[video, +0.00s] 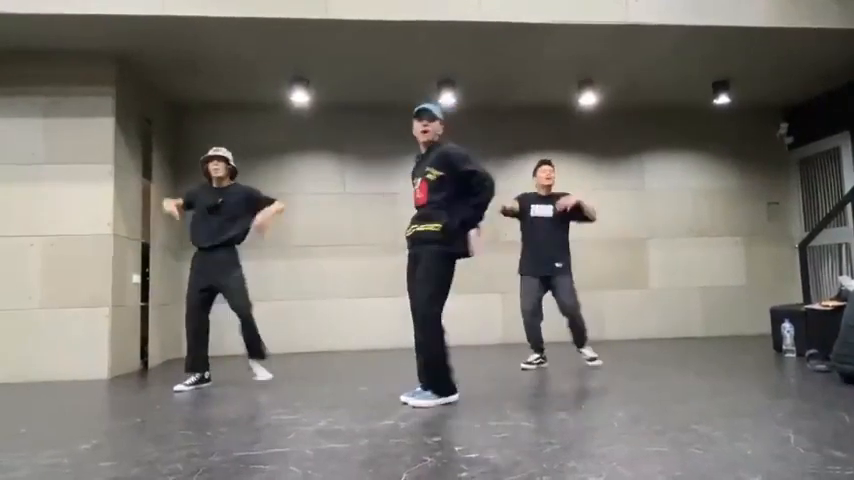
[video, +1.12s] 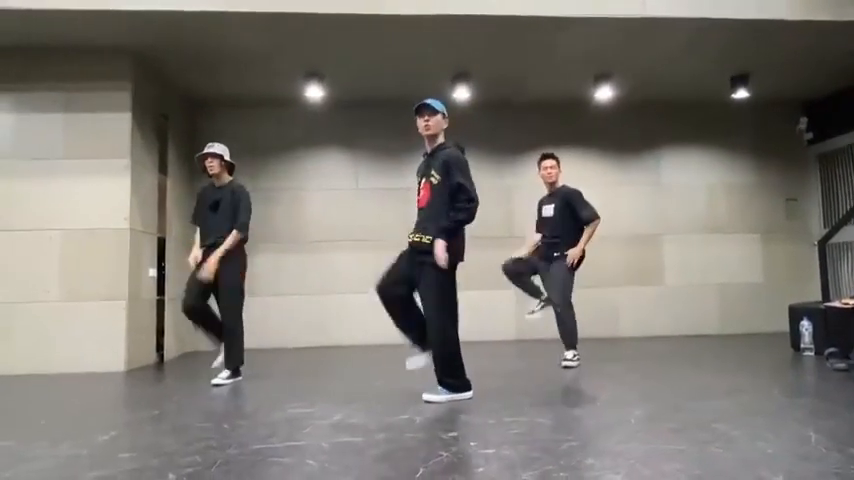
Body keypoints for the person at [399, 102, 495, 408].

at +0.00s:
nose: (425, 126)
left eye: (431, 121)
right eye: (420, 121)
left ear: (441, 126)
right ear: (413, 127)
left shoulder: (451, 154)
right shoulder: (421, 164)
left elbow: (484, 185)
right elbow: (434, 198)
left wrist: (461, 222)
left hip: (440, 246)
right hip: (419, 245)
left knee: (427, 314)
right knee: (420, 314)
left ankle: (442, 387)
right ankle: (430, 383)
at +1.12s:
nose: (425, 120)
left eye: (431, 115)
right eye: (421, 116)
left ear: (444, 120)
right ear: (417, 123)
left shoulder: (452, 156)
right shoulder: (426, 163)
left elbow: (467, 203)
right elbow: (430, 206)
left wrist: (443, 236)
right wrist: (419, 237)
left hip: (438, 250)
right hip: (418, 247)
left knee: (439, 319)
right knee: (390, 289)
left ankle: (455, 384)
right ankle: (425, 343)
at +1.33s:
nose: (423, 117)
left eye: (429, 112)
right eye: (419, 114)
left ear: (442, 118)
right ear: (415, 122)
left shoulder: (449, 152)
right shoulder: (425, 159)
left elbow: (449, 196)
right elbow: (426, 202)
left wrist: (411, 215)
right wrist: (411, 228)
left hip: (436, 247)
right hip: (415, 242)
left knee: (434, 313)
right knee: (377, 277)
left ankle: (457, 382)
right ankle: (410, 326)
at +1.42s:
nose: (421, 118)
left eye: (427, 113)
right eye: (416, 114)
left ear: (439, 118)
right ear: (412, 122)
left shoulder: (447, 151)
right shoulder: (423, 158)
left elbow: (445, 197)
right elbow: (420, 208)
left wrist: (404, 209)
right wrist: (400, 243)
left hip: (434, 250)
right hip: (413, 248)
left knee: (438, 316)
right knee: (385, 305)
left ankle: (458, 381)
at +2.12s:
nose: (381, 122)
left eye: (387, 117)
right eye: (380, 118)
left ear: (404, 121)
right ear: (395, 124)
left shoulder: (399, 145)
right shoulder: (401, 146)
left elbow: (410, 186)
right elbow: (407, 189)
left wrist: (390, 223)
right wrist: (387, 226)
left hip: (410, 242)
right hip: (401, 242)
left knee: (420, 307)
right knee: (390, 306)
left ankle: (460, 373)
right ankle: (384, 374)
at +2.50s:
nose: (398, 127)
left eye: (404, 122)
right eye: (395, 123)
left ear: (419, 125)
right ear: (394, 128)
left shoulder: (426, 152)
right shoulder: (409, 156)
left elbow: (426, 202)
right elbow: (400, 199)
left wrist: (396, 234)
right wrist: (387, 230)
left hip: (414, 246)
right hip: (394, 244)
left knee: (414, 308)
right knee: (372, 303)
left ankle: (461, 372)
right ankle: (381, 371)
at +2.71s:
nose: (436, 125)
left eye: (441, 119)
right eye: (430, 120)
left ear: (451, 122)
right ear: (424, 126)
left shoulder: (460, 162)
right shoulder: (414, 160)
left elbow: (464, 207)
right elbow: (394, 196)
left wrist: (430, 226)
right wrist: (392, 222)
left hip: (429, 245)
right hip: (400, 242)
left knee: (432, 308)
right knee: (383, 303)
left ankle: (462, 373)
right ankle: (382, 370)